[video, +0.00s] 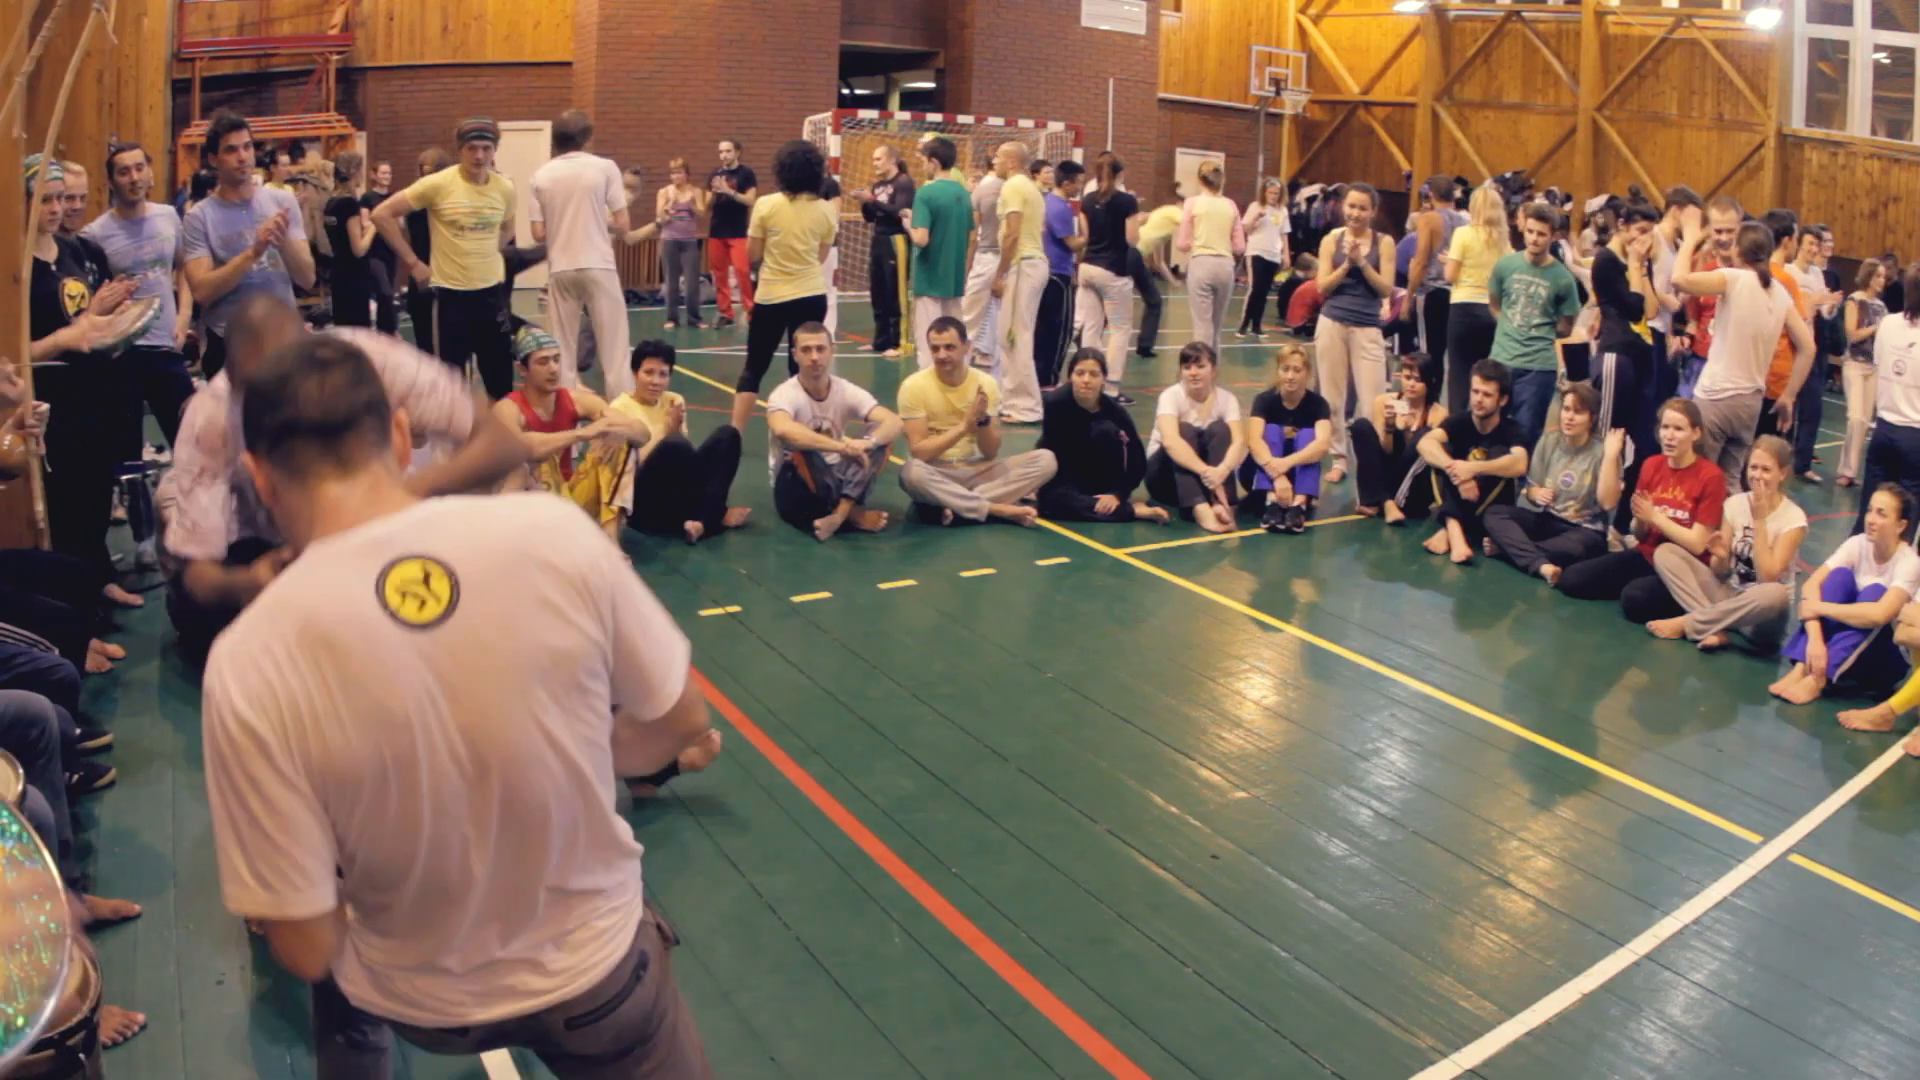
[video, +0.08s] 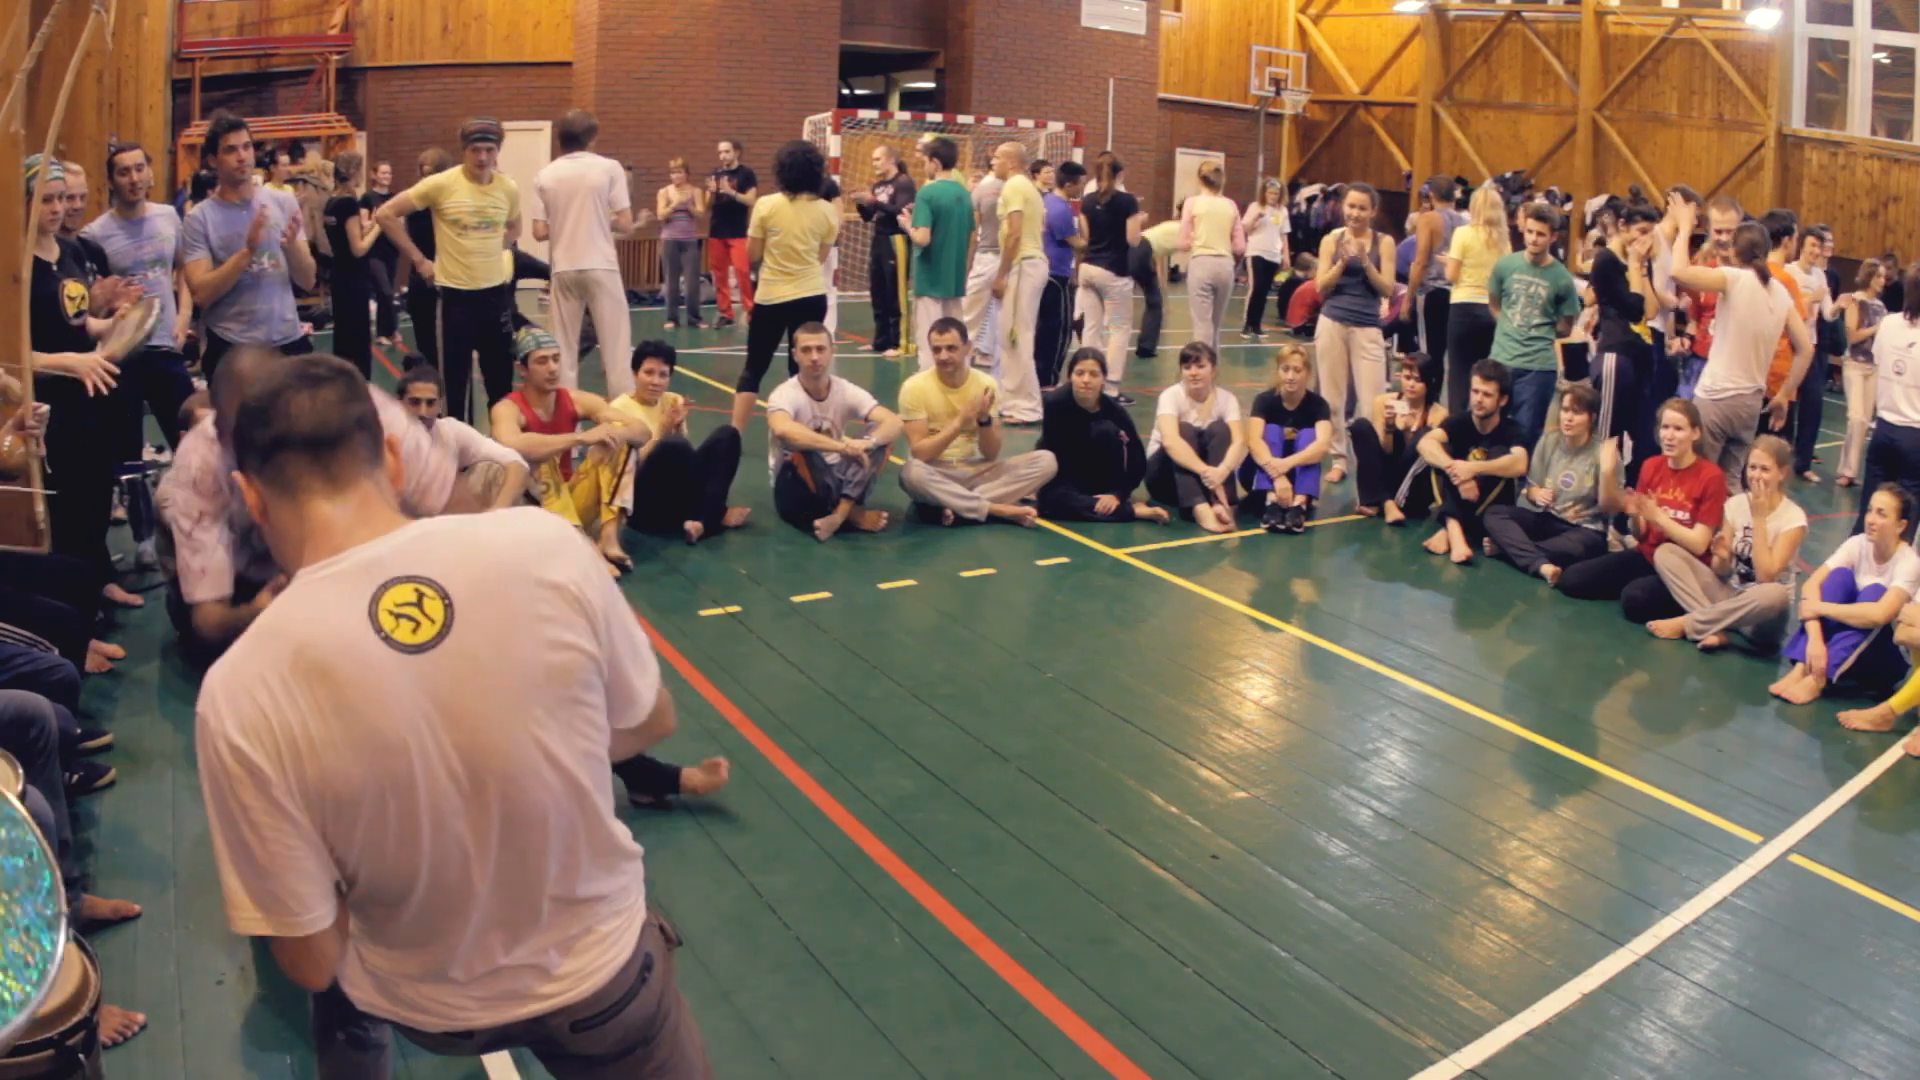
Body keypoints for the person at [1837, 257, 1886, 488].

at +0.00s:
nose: (1882, 281)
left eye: (1884, 277)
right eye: (1879, 276)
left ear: (1885, 280)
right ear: (1868, 276)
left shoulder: (1881, 305)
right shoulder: (1854, 300)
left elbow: (1882, 334)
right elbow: (1852, 335)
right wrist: (1877, 327)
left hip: (1874, 364)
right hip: (1855, 362)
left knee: (1865, 418)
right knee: (1855, 416)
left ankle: (1851, 469)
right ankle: (1847, 470)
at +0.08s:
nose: (1883, 281)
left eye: (1885, 277)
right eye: (1879, 277)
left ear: (1884, 280)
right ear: (1868, 277)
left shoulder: (1881, 306)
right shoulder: (1853, 300)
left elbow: (1880, 334)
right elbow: (1852, 336)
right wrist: (1877, 328)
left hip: (1874, 364)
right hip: (1854, 362)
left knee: (1866, 418)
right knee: (1856, 416)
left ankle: (1851, 469)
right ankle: (1847, 470)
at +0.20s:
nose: (1883, 282)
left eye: (1885, 278)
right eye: (1879, 277)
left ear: (1884, 280)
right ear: (1868, 277)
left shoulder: (1881, 305)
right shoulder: (1852, 300)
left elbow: (1881, 336)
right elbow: (1852, 336)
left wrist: (1886, 322)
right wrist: (1878, 322)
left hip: (1874, 363)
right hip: (1854, 361)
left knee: (1866, 418)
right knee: (1856, 416)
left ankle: (1850, 469)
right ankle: (1847, 470)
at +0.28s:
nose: (1882, 282)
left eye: (1884, 278)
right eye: (1879, 277)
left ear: (1885, 280)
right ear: (1868, 277)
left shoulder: (1881, 304)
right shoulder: (1854, 300)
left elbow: (1882, 337)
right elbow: (1852, 336)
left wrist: (1885, 322)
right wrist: (1877, 320)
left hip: (1874, 363)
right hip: (1855, 362)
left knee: (1866, 418)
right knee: (1856, 416)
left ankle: (1852, 469)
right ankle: (1847, 470)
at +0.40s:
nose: (1882, 282)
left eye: (1884, 278)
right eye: (1878, 277)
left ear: (1883, 280)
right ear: (1867, 278)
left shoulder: (1880, 304)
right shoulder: (1856, 299)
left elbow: (1876, 334)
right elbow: (1854, 335)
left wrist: (1886, 320)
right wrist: (1880, 320)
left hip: (1874, 363)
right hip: (1855, 361)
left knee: (1866, 418)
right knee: (1855, 416)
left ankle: (1851, 469)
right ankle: (1847, 470)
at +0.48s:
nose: (1882, 283)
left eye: (1884, 279)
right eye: (1878, 278)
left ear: (1883, 281)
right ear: (1868, 278)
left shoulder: (1879, 304)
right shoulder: (1856, 300)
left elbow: (1879, 335)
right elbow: (1853, 335)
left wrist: (1884, 319)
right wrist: (1877, 318)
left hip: (1874, 363)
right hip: (1855, 361)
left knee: (1866, 418)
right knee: (1855, 416)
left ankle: (1851, 469)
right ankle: (1846, 470)